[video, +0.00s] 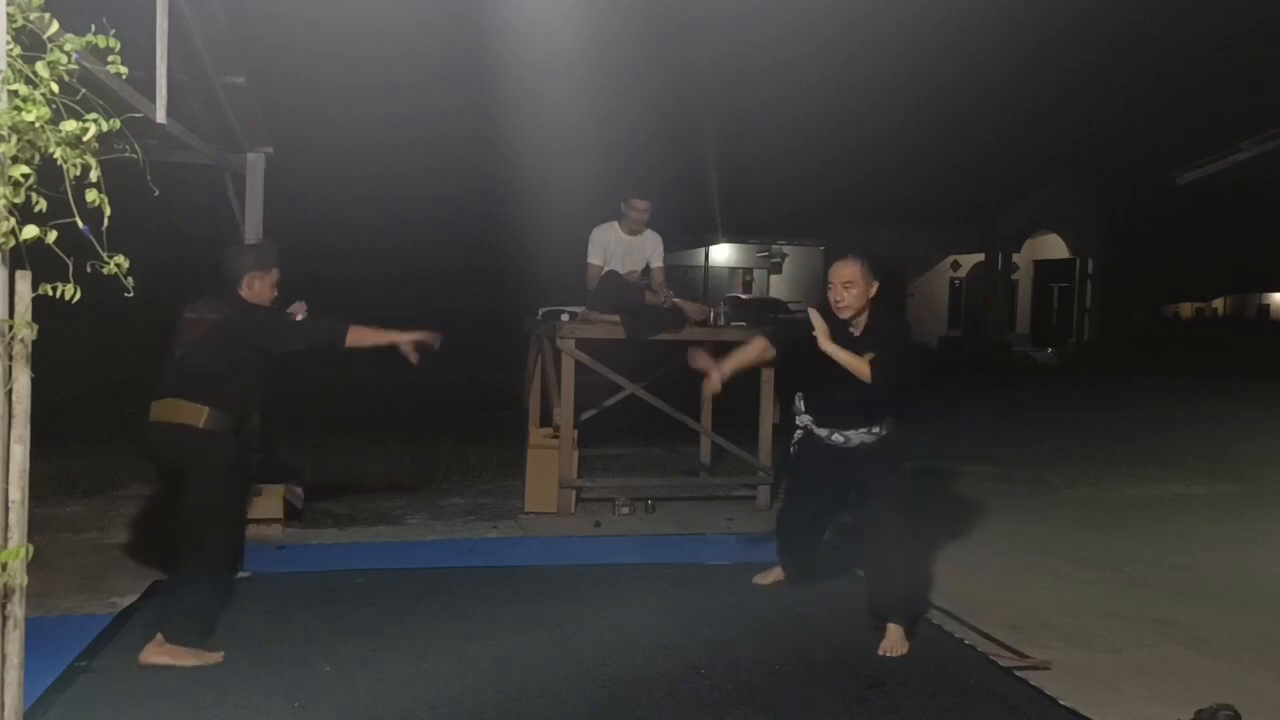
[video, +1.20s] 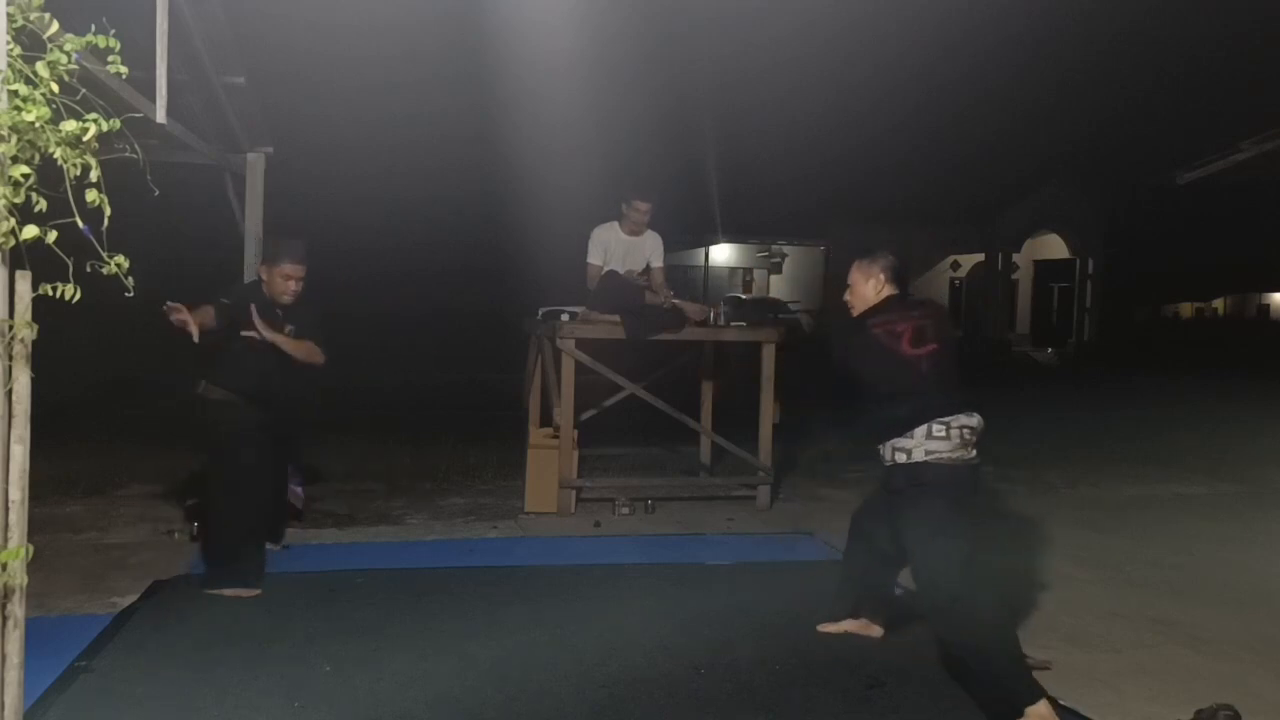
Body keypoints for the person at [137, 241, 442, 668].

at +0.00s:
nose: (275, 290)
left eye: (274, 281)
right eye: (271, 281)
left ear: (237, 282)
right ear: (250, 282)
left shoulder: (201, 312)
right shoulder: (250, 320)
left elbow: (239, 340)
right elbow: (323, 332)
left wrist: (280, 320)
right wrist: (396, 337)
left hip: (166, 432)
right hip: (201, 439)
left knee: (202, 523)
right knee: (218, 538)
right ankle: (175, 640)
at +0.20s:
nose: (279, 284)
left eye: (280, 276)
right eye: (277, 275)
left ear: (249, 272)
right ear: (255, 270)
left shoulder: (213, 298)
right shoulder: (239, 307)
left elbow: (280, 329)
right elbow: (286, 337)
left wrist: (337, 317)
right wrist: (339, 319)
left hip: (169, 413)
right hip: (198, 420)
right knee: (238, 503)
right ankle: (201, 603)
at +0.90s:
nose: (293, 284)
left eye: (296, 276)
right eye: (286, 274)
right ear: (259, 269)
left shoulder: (258, 302)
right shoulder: (241, 302)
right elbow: (298, 333)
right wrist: (363, 328)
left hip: (229, 406)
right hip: (217, 410)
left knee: (245, 480)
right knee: (253, 486)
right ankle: (232, 573)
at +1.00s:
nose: (292, 285)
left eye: (296, 277)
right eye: (285, 275)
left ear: (299, 274)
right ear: (260, 270)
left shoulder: (275, 308)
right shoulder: (239, 299)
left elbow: (310, 353)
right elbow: (261, 326)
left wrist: (297, 345)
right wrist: (318, 327)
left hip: (245, 401)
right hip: (220, 403)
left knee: (257, 474)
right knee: (244, 481)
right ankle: (231, 572)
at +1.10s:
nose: (293, 286)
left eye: (299, 278)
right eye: (286, 276)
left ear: (304, 276)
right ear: (262, 272)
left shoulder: (302, 308)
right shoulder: (240, 301)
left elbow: (315, 353)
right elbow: (215, 316)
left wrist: (264, 332)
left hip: (277, 420)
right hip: (232, 416)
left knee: (267, 496)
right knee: (232, 490)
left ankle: (256, 571)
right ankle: (228, 569)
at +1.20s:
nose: (294, 287)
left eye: (300, 279)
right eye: (286, 278)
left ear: (305, 278)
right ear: (264, 274)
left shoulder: (302, 310)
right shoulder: (248, 298)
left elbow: (317, 355)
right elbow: (218, 312)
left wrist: (270, 334)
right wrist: (194, 319)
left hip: (265, 409)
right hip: (225, 405)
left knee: (259, 483)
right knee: (235, 484)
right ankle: (232, 575)